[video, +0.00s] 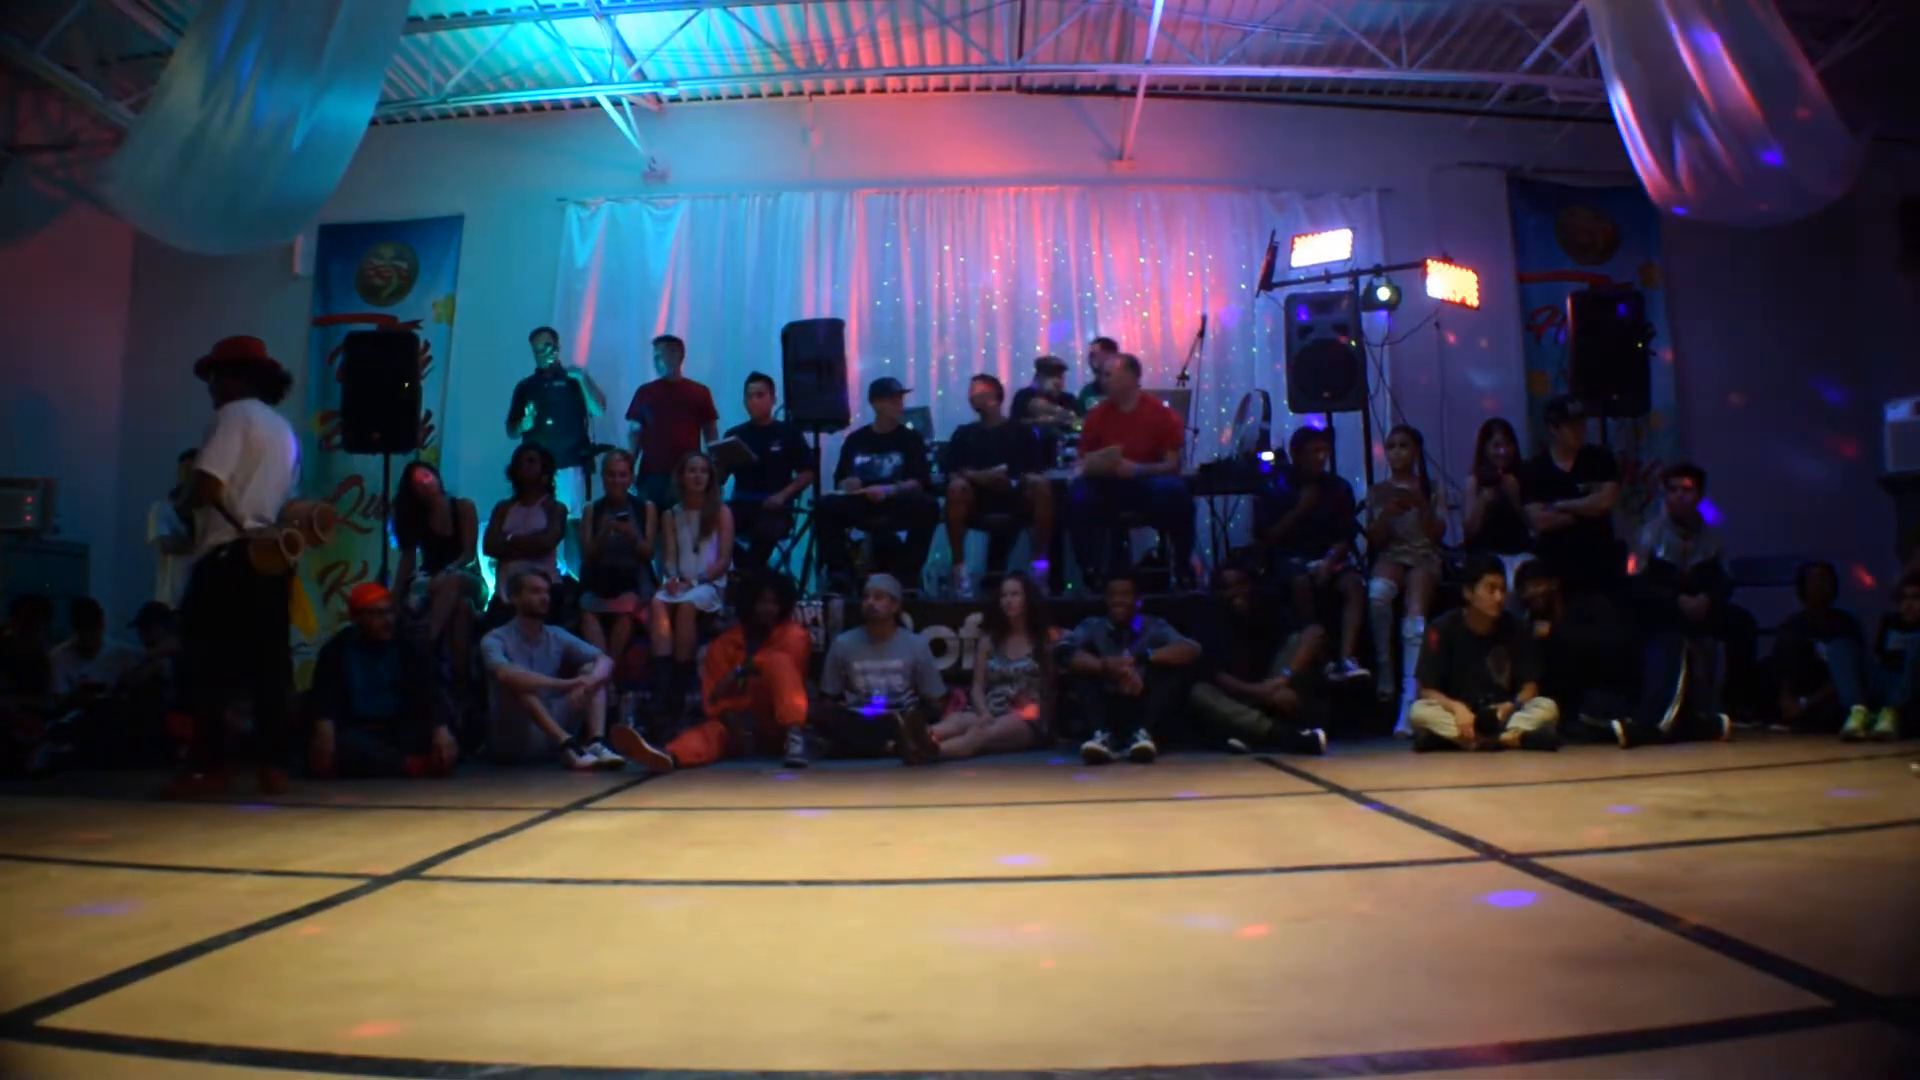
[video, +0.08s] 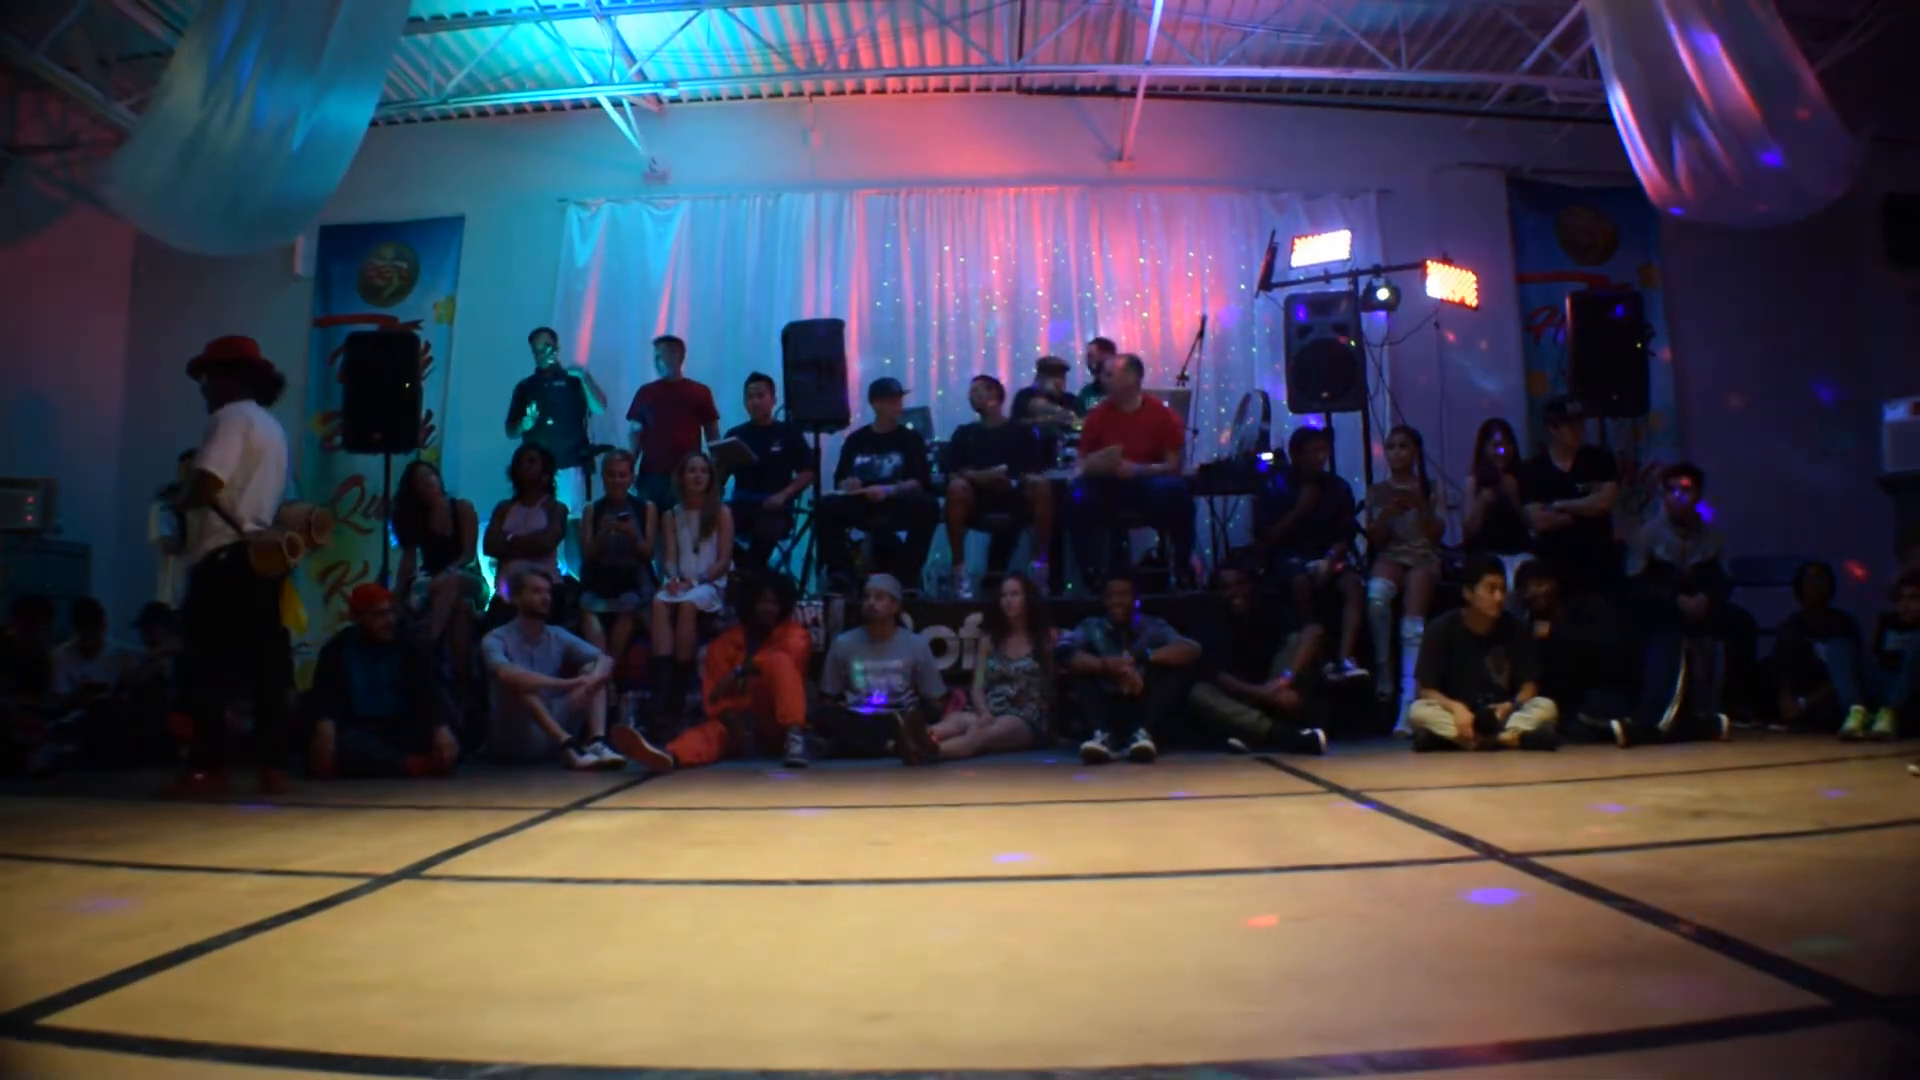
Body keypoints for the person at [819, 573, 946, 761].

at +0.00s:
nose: (870, 603)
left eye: (878, 598)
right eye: (866, 597)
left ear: (895, 605)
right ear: (861, 601)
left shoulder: (916, 645)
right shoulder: (843, 645)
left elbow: (935, 702)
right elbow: (828, 700)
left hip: (904, 720)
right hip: (858, 723)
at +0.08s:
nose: (871, 604)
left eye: (879, 598)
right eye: (867, 597)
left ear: (895, 605)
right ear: (862, 602)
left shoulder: (915, 645)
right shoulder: (843, 645)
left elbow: (935, 702)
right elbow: (828, 700)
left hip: (902, 723)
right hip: (857, 723)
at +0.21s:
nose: (871, 604)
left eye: (879, 598)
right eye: (867, 597)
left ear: (895, 605)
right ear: (862, 602)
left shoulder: (915, 645)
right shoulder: (844, 644)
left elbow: (935, 701)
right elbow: (828, 698)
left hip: (903, 719)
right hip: (857, 719)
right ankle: (888, 745)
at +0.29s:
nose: (871, 604)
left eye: (879, 598)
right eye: (867, 597)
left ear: (895, 605)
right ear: (862, 602)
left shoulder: (916, 645)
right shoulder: (843, 645)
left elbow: (934, 699)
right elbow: (828, 698)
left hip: (902, 719)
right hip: (858, 719)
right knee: (825, 717)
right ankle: (888, 745)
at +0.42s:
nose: (869, 604)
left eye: (878, 598)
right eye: (866, 598)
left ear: (895, 606)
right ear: (861, 602)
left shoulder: (915, 645)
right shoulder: (843, 644)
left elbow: (934, 699)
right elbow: (828, 698)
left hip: (902, 716)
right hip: (857, 717)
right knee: (822, 717)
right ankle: (888, 745)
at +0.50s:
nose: (870, 604)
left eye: (878, 598)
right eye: (866, 598)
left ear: (894, 606)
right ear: (861, 602)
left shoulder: (915, 645)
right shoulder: (843, 644)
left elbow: (934, 701)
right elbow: (829, 698)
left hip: (903, 718)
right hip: (857, 718)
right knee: (822, 717)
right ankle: (889, 745)